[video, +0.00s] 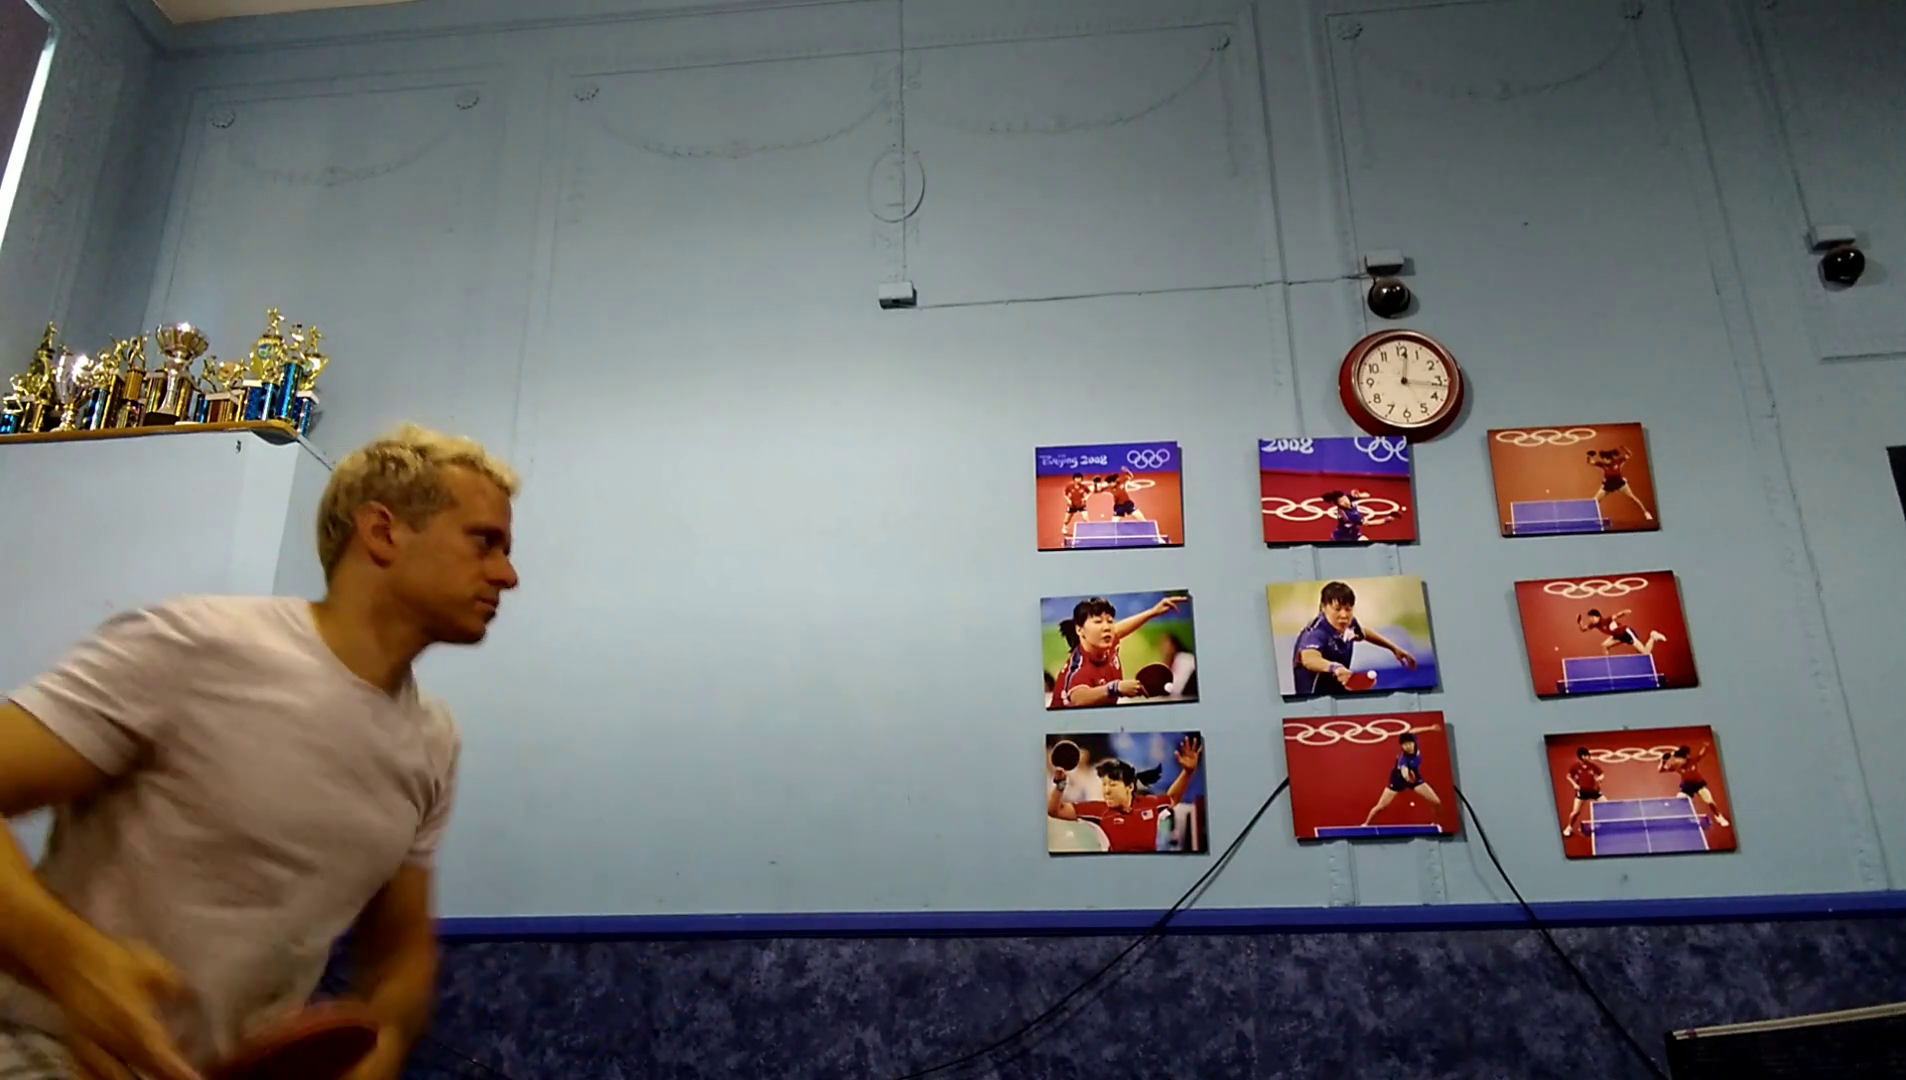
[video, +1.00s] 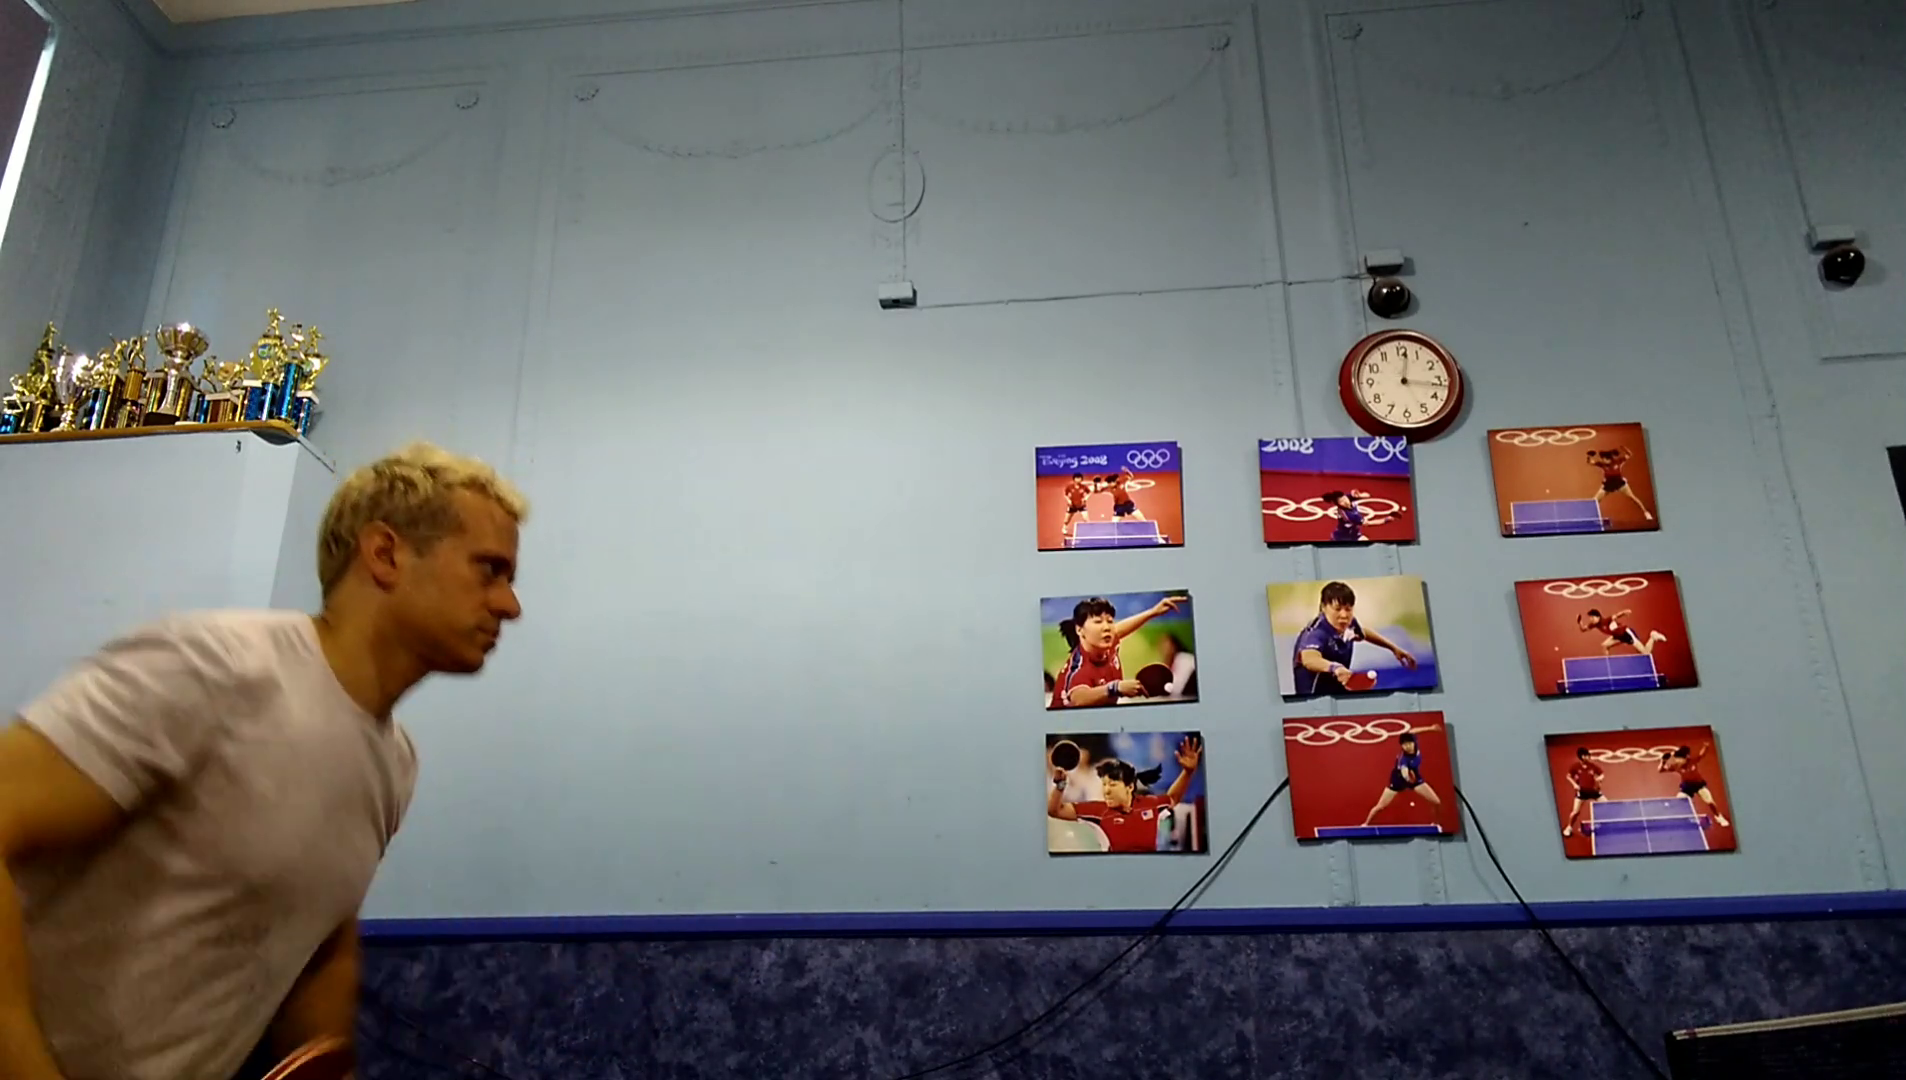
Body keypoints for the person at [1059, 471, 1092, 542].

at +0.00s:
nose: (1078, 481)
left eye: (1080, 479)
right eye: (1077, 479)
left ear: (1081, 480)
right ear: (1074, 480)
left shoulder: (1083, 487)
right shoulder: (1070, 487)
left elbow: (1089, 492)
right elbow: (1065, 494)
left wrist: (1085, 498)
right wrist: (1068, 500)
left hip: (1081, 505)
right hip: (1072, 505)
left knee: (1086, 519)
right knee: (1067, 520)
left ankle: (1089, 530)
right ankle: (1064, 528)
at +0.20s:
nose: (1078, 480)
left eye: (1079, 479)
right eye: (1077, 479)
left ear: (1081, 479)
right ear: (1074, 479)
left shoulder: (1083, 487)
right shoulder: (1070, 487)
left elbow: (1089, 492)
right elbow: (1065, 494)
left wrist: (1085, 498)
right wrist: (1068, 500)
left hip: (1081, 505)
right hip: (1072, 505)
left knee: (1086, 519)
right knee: (1067, 520)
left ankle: (1089, 530)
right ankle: (1064, 528)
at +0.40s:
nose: (1078, 480)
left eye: (1079, 479)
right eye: (1077, 479)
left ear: (1081, 479)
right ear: (1074, 479)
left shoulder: (1083, 487)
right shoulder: (1070, 487)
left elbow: (1089, 492)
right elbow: (1065, 494)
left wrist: (1085, 498)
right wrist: (1068, 500)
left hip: (1081, 505)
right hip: (1072, 505)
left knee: (1086, 519)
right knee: (1067, 520)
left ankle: (1089, 530)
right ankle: (1064, 528)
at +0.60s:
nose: (1078, 480)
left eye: (1079, 479)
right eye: (1077, 479)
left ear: (1081, 479)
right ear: (1074, 479)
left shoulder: (1083, 487)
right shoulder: (1070, 487)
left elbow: (1089, 492)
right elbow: (1065, 494)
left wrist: (1085, 498)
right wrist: (1068, 500)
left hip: (1081, 505)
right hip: (1072, 505)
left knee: (1086, 519)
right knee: (1066, 520)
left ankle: (1090, 530)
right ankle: (1064, 529)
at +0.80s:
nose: (1078, 481)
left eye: (1079, 479)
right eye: (1077, 479)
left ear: (1081, 480)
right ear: (1074, 480)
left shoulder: (1083, 487)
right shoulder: (1070, 487)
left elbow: (1089, 492)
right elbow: (1065, 494)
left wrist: (1085, 498)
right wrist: (1068, 500)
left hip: (1081, 505)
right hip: (1072, 505)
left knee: (1086, 519)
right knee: (1066, 520)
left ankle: (1090, 531)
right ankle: (1064, 529)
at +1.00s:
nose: (1078, 481)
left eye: (1080, 479)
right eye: (1077, 479)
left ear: (1081, 480)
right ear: (1074, 480)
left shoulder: (1083, 487)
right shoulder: (1070, 487)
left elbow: (1089, 492)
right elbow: (1065, 494)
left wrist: (1085, 498)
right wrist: (1068, 500)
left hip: (1081, 505)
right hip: (1072, 505)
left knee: (1086, 519)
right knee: (1067, 520)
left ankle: (1089, 530)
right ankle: (1064, 529)